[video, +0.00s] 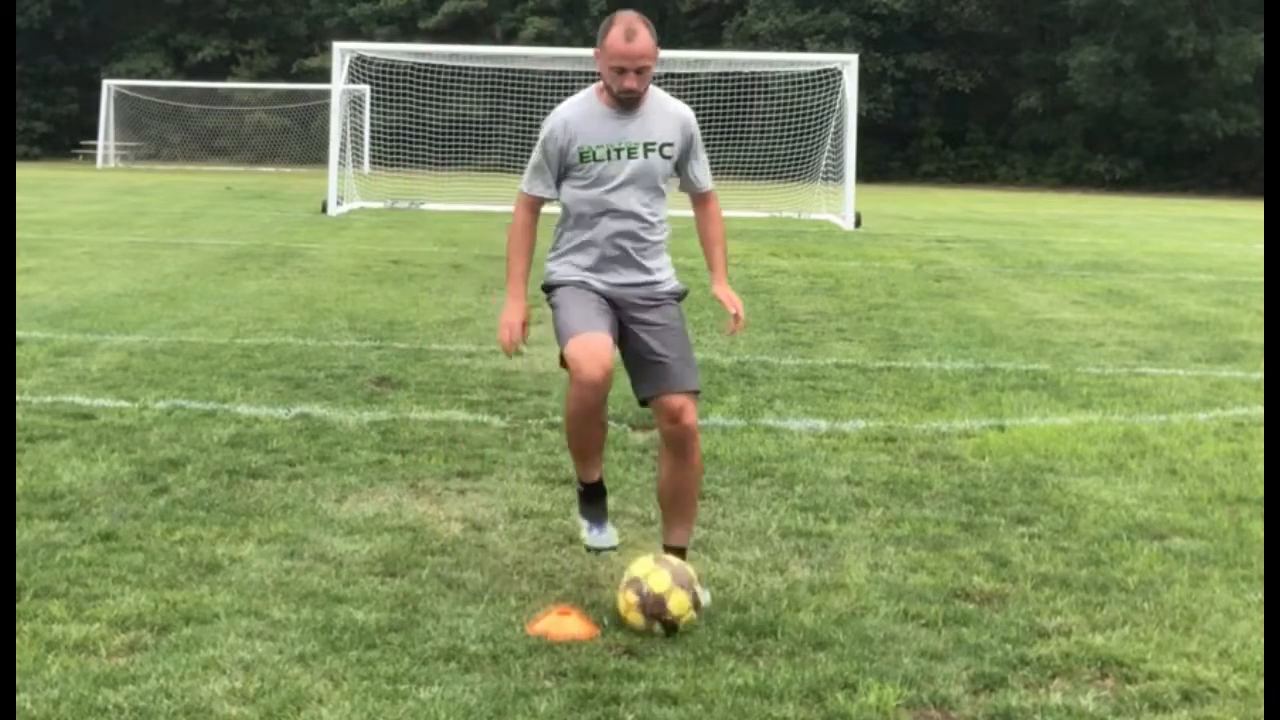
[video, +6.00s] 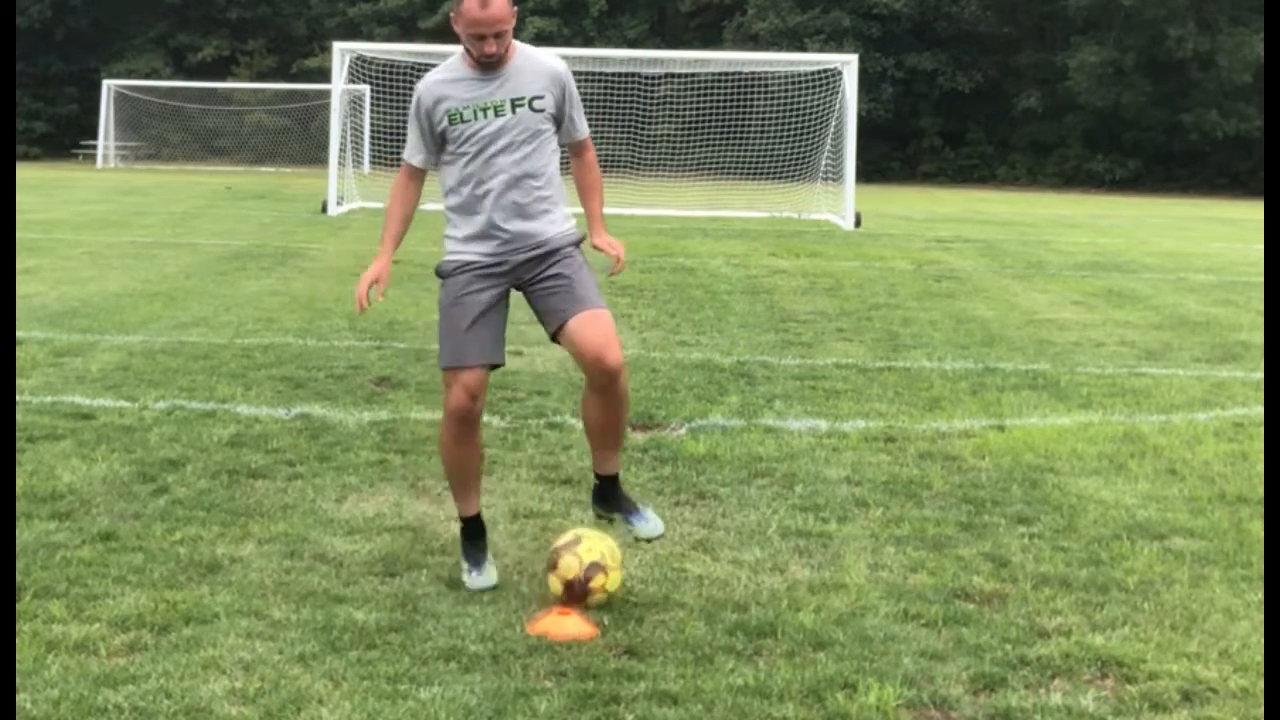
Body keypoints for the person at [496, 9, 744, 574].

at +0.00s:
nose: (631, 83)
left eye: (642, 70)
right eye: (619, 70)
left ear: (657, 64)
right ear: (597, 62)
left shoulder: (677, 120)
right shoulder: (565, 123)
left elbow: (704, 199)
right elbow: (527, 206)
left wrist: (719, 279)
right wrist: (515, 299)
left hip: (650, 283)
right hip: (578, 277)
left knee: (681, 417)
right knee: (592, 370)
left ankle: (675, 561)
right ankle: (592, 499)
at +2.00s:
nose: (646, 50)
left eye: (658, 39)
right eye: (636, 37)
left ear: (683, 27)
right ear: (624, 23)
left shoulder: (711, 89)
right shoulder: (597, 80)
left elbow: (744, 166)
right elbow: (566, 164)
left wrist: (733, 243)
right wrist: (538, 249)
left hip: (672, 271)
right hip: (593, 259)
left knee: (682, 409)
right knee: (563, 375)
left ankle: (691, 551)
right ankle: (580, 504)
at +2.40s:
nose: (619, 46)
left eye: (632, 36)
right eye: (612, 33)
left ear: (662, 25)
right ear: (603, 21)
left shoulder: (697, 85)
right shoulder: (580, 78)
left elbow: (728, 161)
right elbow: (555, 160)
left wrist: (711, 236)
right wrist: (524, 242)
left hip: (656, 260)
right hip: (577, 248)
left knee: (663, 401)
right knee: (513, 367)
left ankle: (657, 540)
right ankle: (497, 487)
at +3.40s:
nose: (527, 47)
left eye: (539, 36)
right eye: (518, 35)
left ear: (569, 22)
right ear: (509, 22)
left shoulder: (603, 86)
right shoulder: (499, 76)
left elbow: (645, 171)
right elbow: (496, 153)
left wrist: (624, 243)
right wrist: (470, 230)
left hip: (575, 256)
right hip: (502, 250)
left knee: (571, 389)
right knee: (454, 377)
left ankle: (618, 509)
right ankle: (444, 523)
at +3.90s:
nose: (470, 83)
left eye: (481, 70)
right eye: (459, 71)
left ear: (506, 58)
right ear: (447, 63)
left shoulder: (547, 114)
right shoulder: (442, 123)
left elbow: (593, 197)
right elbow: (430, 211)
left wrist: (596, 281)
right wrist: (404, 295)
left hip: (543, 267)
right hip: (473, 277)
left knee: (526, 353)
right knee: (430, 410)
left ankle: (531, 498)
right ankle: (446, 552)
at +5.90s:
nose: (481, 44)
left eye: (492, 31)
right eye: (469, 33)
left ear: (509, 14)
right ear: (449, 21)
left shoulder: (546, 68)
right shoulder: (428, 87)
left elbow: (576, 145)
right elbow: (407, 170)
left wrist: (590, 222)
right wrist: (378, 251)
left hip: (547, 243)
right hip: (467, 256)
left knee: (599, 361)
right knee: (452, 399)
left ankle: (600, 482)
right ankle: (455, 532)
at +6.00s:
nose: (490, 47)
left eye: (499, 34)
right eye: (478, 37)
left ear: (516, 18)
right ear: (456, 26)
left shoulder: (550, 71)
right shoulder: (433, 91)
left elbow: (581, 150)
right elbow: (411, 174)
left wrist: (597, 226)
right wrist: (384, 255)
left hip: (551, 247)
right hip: (472, 260)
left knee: (608, 362)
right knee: (462, 402)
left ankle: (609, 492)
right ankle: (472, 535)